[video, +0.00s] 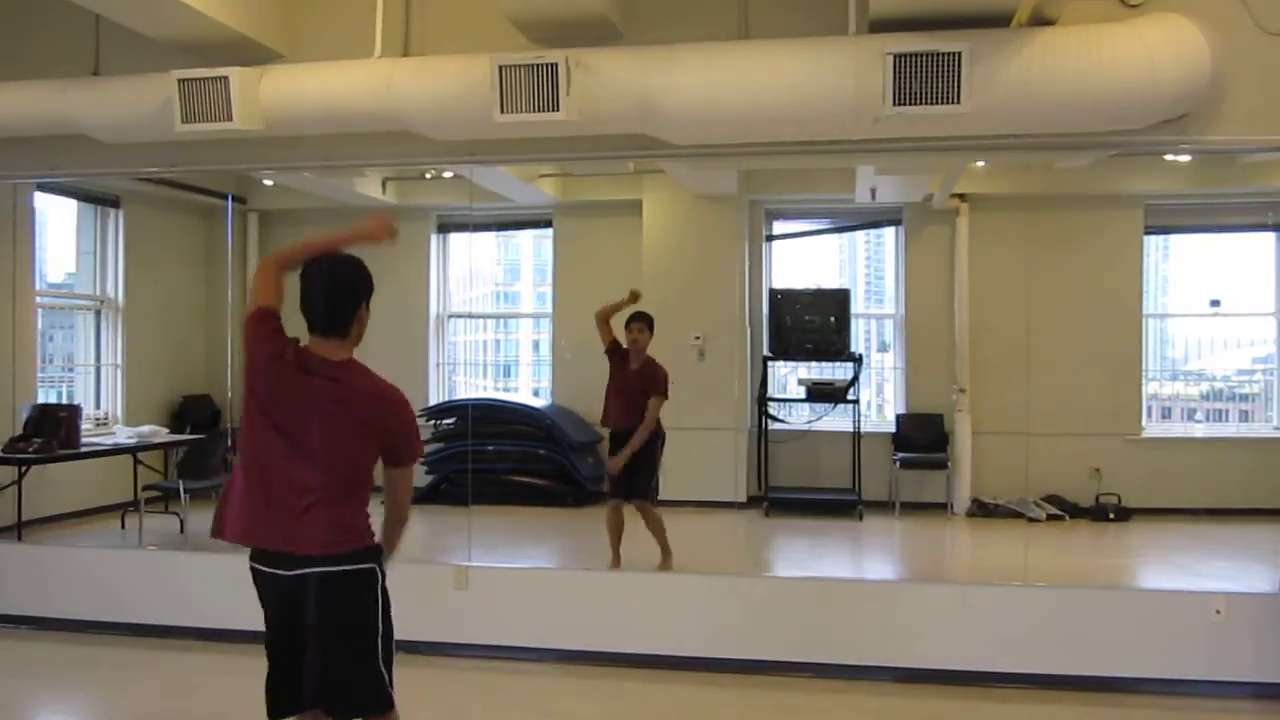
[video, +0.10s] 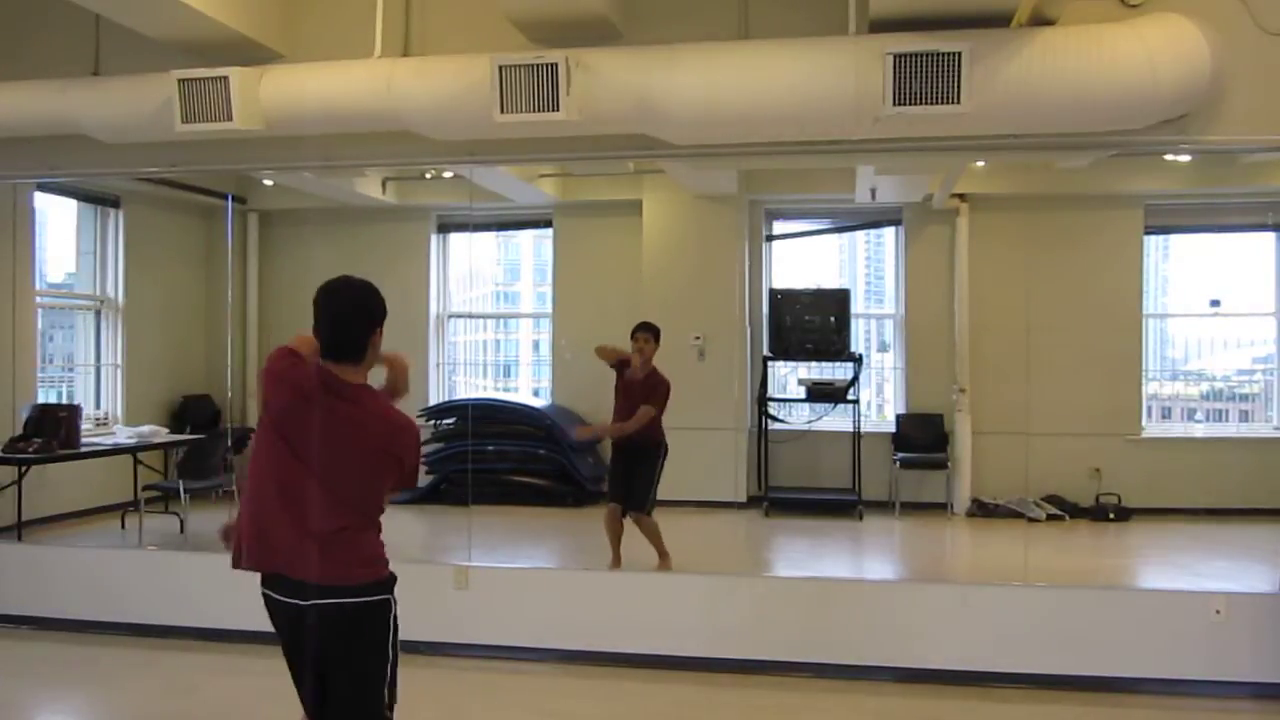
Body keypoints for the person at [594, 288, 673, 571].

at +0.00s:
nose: (635, 336)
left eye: (641, 331)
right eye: (631, 331)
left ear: (651, 336)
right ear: (625, 334)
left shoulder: (656, 373)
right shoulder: (617, 358)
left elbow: (650, 422)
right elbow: (601, 318)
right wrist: (624, 303)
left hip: (646, 437)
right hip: (618, 436)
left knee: (642, 501)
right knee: (614, 502)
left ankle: (666, 554)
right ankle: (615, 558)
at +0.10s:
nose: (640, 346)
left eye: (647, 341)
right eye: (636, 341)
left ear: (656, 346)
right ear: (631, 344)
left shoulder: (660, 384)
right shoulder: (623, 367)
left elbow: (634, 424)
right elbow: (599, 352)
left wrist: (595, 431)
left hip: (650, 448)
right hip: (622, 444)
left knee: (638, 511)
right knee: (614, 508)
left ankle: (663, 556)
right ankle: (615, 559)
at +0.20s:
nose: (647, 349)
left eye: (653, 344)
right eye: (643, 343)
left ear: (663, 350)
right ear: (638, 347)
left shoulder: (667, 387)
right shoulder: (626, 371)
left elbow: (633, 419)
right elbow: (605, 387)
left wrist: (601, 404)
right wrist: (641, 386)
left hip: (654, 451)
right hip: (626, 447)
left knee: (637, 512)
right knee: (614, 507)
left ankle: (663, 556)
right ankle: (615, 558)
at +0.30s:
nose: (652, 336)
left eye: (658, 331)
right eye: (648, 331)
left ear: (667, 336)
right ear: (641, 334)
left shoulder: (674, 369)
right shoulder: (632, 359)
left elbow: (650, 403)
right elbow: (621, 367)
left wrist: (613, 391)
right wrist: (658, 362)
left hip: (659, 440)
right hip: (630, 437)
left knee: (648, 504)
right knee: (618, 499)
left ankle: (663, 556)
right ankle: (614, 555)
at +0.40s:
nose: (656, 305)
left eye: (661, 299)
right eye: (654, 300)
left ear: (672, 302)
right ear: (649, 303)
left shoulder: (687, 335)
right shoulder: (640, 331)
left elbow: (678, 377)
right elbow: (634, 319)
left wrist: (636, 391)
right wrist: (675, 297)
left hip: (669, 415)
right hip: (638, 413)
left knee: (671, 483)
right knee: (617, 476)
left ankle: (669, 547)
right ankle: (598, 535)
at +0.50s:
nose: (660, 285)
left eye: (665, 280)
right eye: (656, 281)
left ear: (677, 284)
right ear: (652, 286)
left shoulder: (696, 318)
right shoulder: (647, 314)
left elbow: (705, 361)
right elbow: (646, 280)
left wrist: (696, 396)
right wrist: (658, 240)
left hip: (682, 391)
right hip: (651, 388)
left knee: (690, 459)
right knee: (616, 445)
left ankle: (683, 515)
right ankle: (580, 496)